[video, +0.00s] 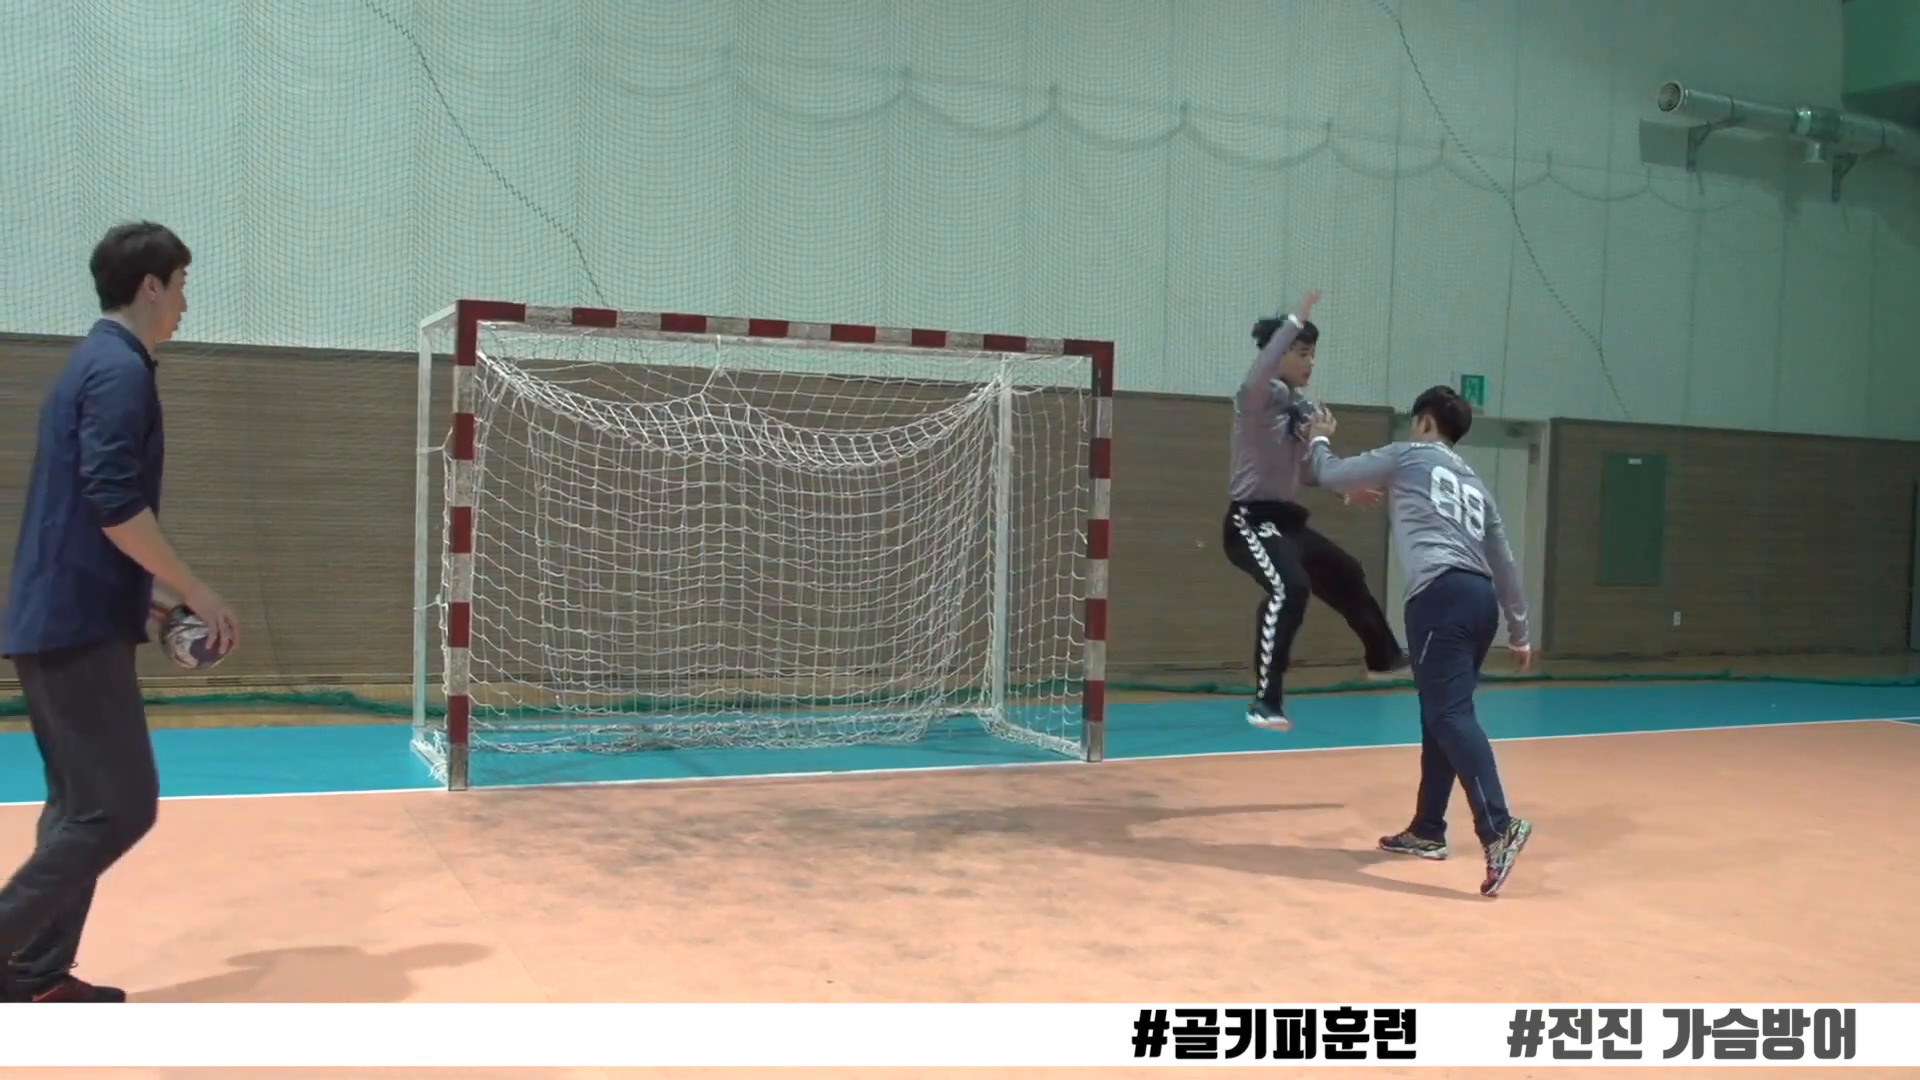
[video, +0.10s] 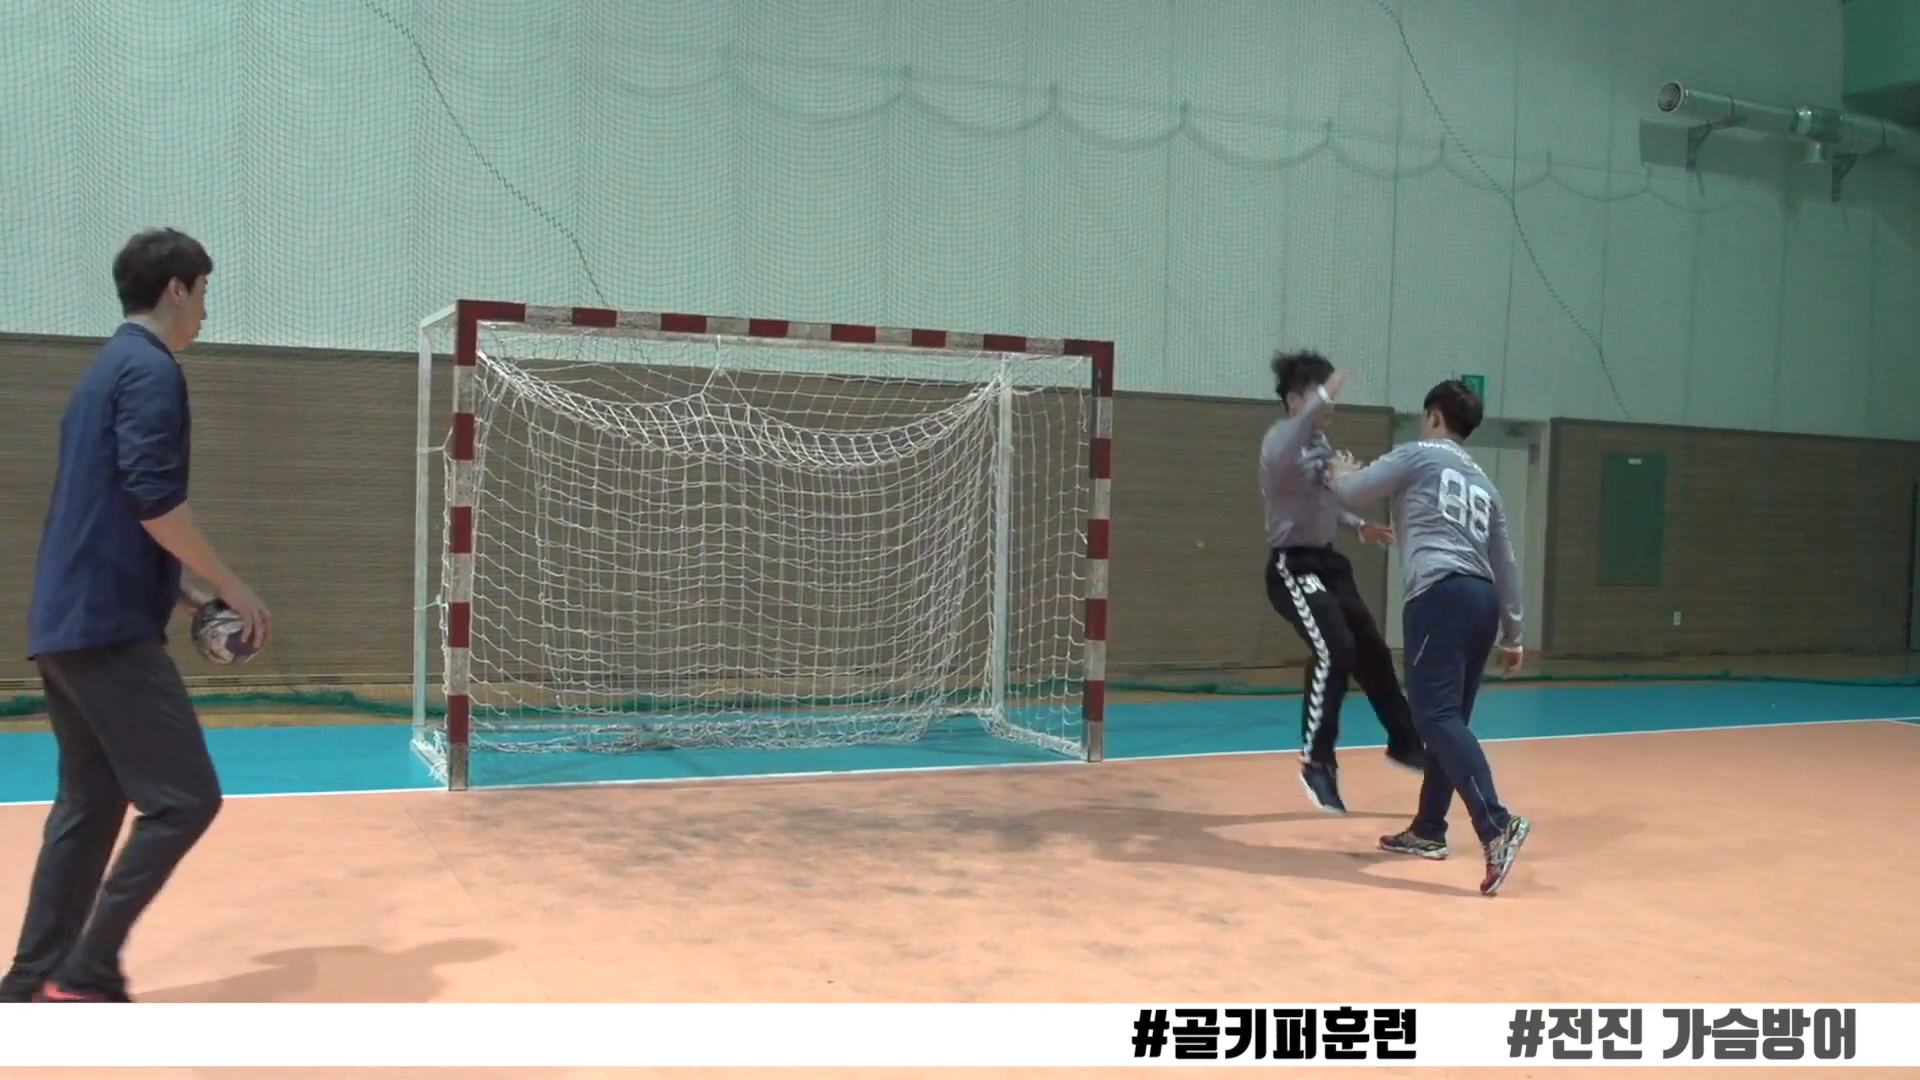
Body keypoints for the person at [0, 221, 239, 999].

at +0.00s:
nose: (185, 300)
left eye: (184, 285)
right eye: (181, 286)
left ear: (125, 288)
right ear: (153, 287)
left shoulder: (93, 362)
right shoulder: (120, 366)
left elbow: (84, 520)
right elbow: (113, 502)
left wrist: (151, 608)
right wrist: (194, 588)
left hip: (55, 619)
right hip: (73, 621)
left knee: (78, 801)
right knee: (123, 803)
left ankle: (39, 970)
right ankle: (11, 942)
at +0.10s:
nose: (205, 307)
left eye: (205, 291)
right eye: (203, 291)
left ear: (144, 292)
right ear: (176, 290)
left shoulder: (107, 368)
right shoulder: (150, 369)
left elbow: (114, 518)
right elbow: (152, 503)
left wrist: (188, 599)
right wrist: (232, 588)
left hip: (65, 627)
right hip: (106, 626)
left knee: (91, 799)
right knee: (187, 797)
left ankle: (34, 974)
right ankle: (88, 969)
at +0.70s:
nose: (354, 330)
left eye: (341, 321)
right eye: (350, 318)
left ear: (282, 338)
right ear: (342, 319)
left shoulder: (273, 421)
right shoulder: (363, 386)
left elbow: (340, 556)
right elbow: (436, 462)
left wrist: (450, 564)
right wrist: (495, 524)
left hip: (287, 649)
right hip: (363, 643)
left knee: (328, 780)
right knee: (443, 817)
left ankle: (270, 947)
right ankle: (419, 997)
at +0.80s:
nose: (354, 332)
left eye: (347, 323)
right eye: (349, 320)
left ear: (281, 344)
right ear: (340, 321)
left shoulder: (283, 423)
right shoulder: (367, 380)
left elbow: (351, 547)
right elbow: (451, 429)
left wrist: (459, 536)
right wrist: (505, 485)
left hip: (317, 640)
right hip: (387, 634)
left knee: (352, 787)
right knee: (451, 807)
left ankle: (329, 958)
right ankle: (421, 990)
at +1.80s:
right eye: (245, 431)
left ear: (215, 475)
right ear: (251, 434)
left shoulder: (235, 534)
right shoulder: (307, 433)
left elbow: (260, 615)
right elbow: (363, 371)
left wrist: (338, 681)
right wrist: (295, 348)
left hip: (313, 612)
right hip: (379, 569)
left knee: (304, 758)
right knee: (437, 719)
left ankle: (316, 898)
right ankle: (470, 863)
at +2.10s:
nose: (204, 476)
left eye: (201, 467)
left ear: (206, 463)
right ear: (244, 428)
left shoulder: (221, 505)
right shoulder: (308, 439)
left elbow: (245, 575)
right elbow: (390, 447)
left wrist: (271, 621)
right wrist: (374, 475)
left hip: (306, 564)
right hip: (373, 534)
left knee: (308, 728)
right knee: (436, 643)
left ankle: (318, 893)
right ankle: (476, 717)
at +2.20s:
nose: (200, 470)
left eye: (196, 460)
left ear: (205, 456)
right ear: (241, 419)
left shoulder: (220, 499)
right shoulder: (307, 435)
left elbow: (236, 565)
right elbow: (396, 474)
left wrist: (267, 619)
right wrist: (354, 498)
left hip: (305, 570)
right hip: (373, 539)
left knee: (308, 734)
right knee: (429, 657)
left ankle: (319, 898)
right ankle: (456, 721)